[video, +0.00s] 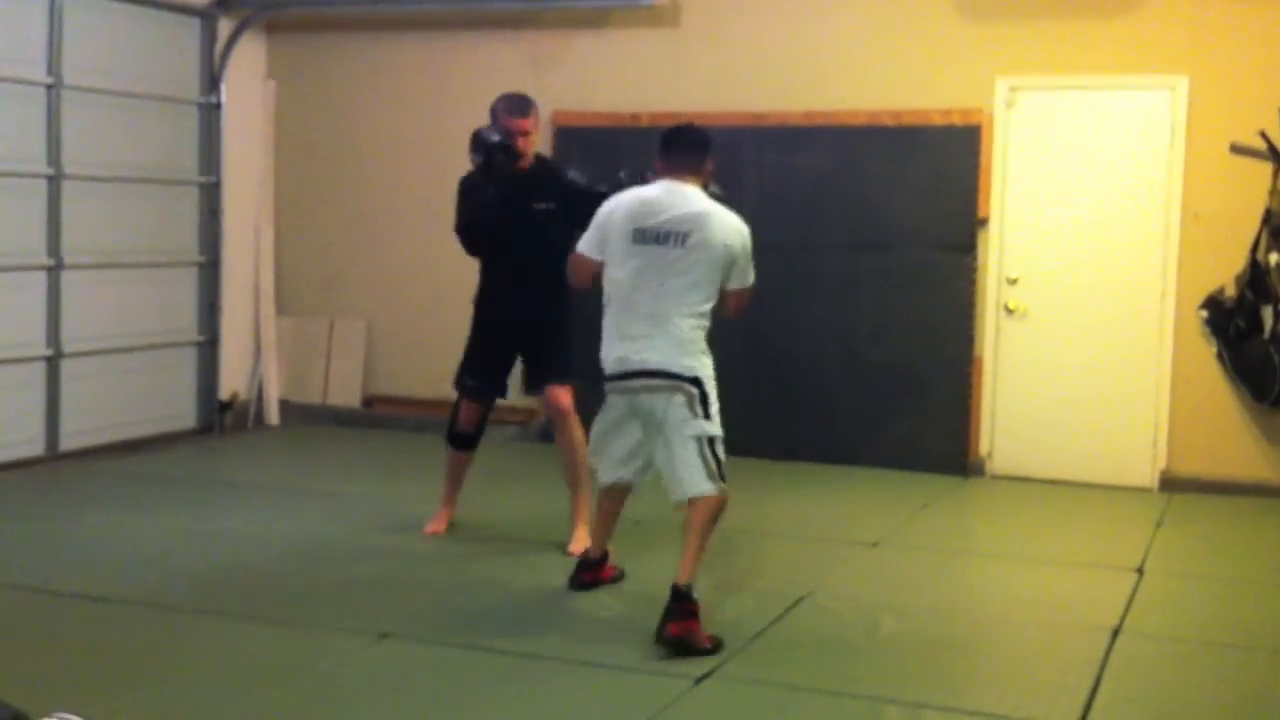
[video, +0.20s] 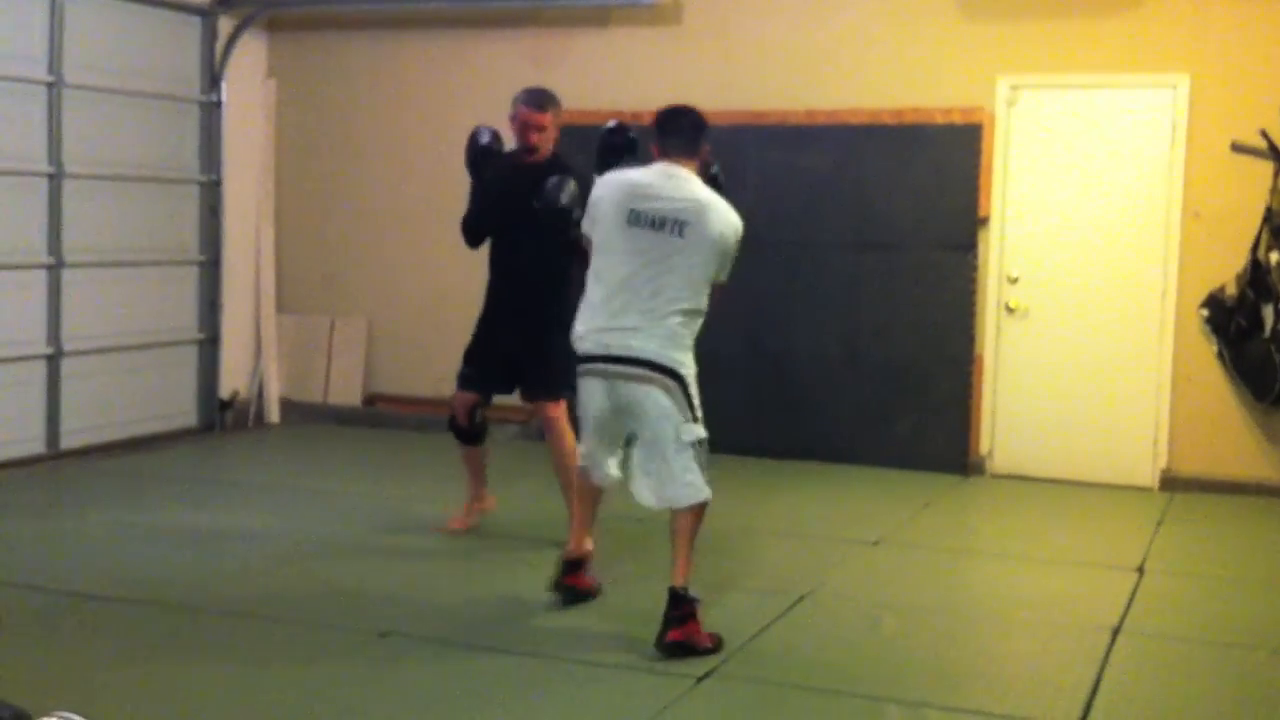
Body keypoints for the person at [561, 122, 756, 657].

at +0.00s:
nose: (706, 175)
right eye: (709, 168)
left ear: (658, 163)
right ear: (706, 169)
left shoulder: (618, 207)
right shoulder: (728, 226)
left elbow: (581, 274)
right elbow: (734, 305)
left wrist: (632, 273)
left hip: (622, 365)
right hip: (683, 368)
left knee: (616, 469)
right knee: (708, 487)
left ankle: (593, 560)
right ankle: (681, 604)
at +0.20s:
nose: (702, 158)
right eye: (706, 151)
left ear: (654, 144)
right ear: (705, 152)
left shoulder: (608, 185)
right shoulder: (722, 218)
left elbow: (590, 250)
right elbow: (713, 285)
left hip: (594, 353)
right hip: (663, 362)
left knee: (595, 455)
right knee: (687, 483)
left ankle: (575, 559)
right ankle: (679, 608)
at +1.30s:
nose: (673, 173)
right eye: (680, 166)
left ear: (626, 153)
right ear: (684, 168)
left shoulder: (572, 192)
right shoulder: (695, 238)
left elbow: (541, 262)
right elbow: (674, 301)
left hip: (550, 375)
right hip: (621, 384)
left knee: (547, 495)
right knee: (655, 518)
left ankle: (527, 599)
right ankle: (661, 668)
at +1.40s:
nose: (681, 171)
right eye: (685, 164)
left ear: (627, 154)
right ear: (686, 166)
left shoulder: (570, 196)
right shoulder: (695, 238)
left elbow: (555, 270)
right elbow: (676, 301)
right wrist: (683, 216)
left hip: (548, 376)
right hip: (619, 385)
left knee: (540, 488)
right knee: (649, 520)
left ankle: (519, 600)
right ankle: (661, 668)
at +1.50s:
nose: (663, 165)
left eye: (636, 150)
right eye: (677, 158)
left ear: (621, 148)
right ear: (681, 160)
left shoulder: (568, 190)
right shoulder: (692, 230)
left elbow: (548, 266)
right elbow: (668, 297)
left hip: (526, 372)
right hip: (597, 387)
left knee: (544, 493)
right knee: (661, 513)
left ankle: (519, 604)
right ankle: (657, 660)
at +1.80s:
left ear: (525, 189)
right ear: (582, 192)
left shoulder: (490, 239)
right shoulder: (605, 247)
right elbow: (636, 331)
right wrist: (627, 374)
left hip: (519, 424)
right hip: (600, 421)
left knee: (493, 497)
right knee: (671, 528)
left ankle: (452, 593)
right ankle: (671, 654)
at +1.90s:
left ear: (454, 216)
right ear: (517, 199)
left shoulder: (445, 270)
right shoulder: (561, 236)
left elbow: (445, 368)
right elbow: (645, 284)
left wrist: (493, 362)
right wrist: (636, 230)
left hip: (519, 419)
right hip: (598, 413)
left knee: (478, 491)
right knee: (651, 516)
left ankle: (448, 594)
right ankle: (685, 626)